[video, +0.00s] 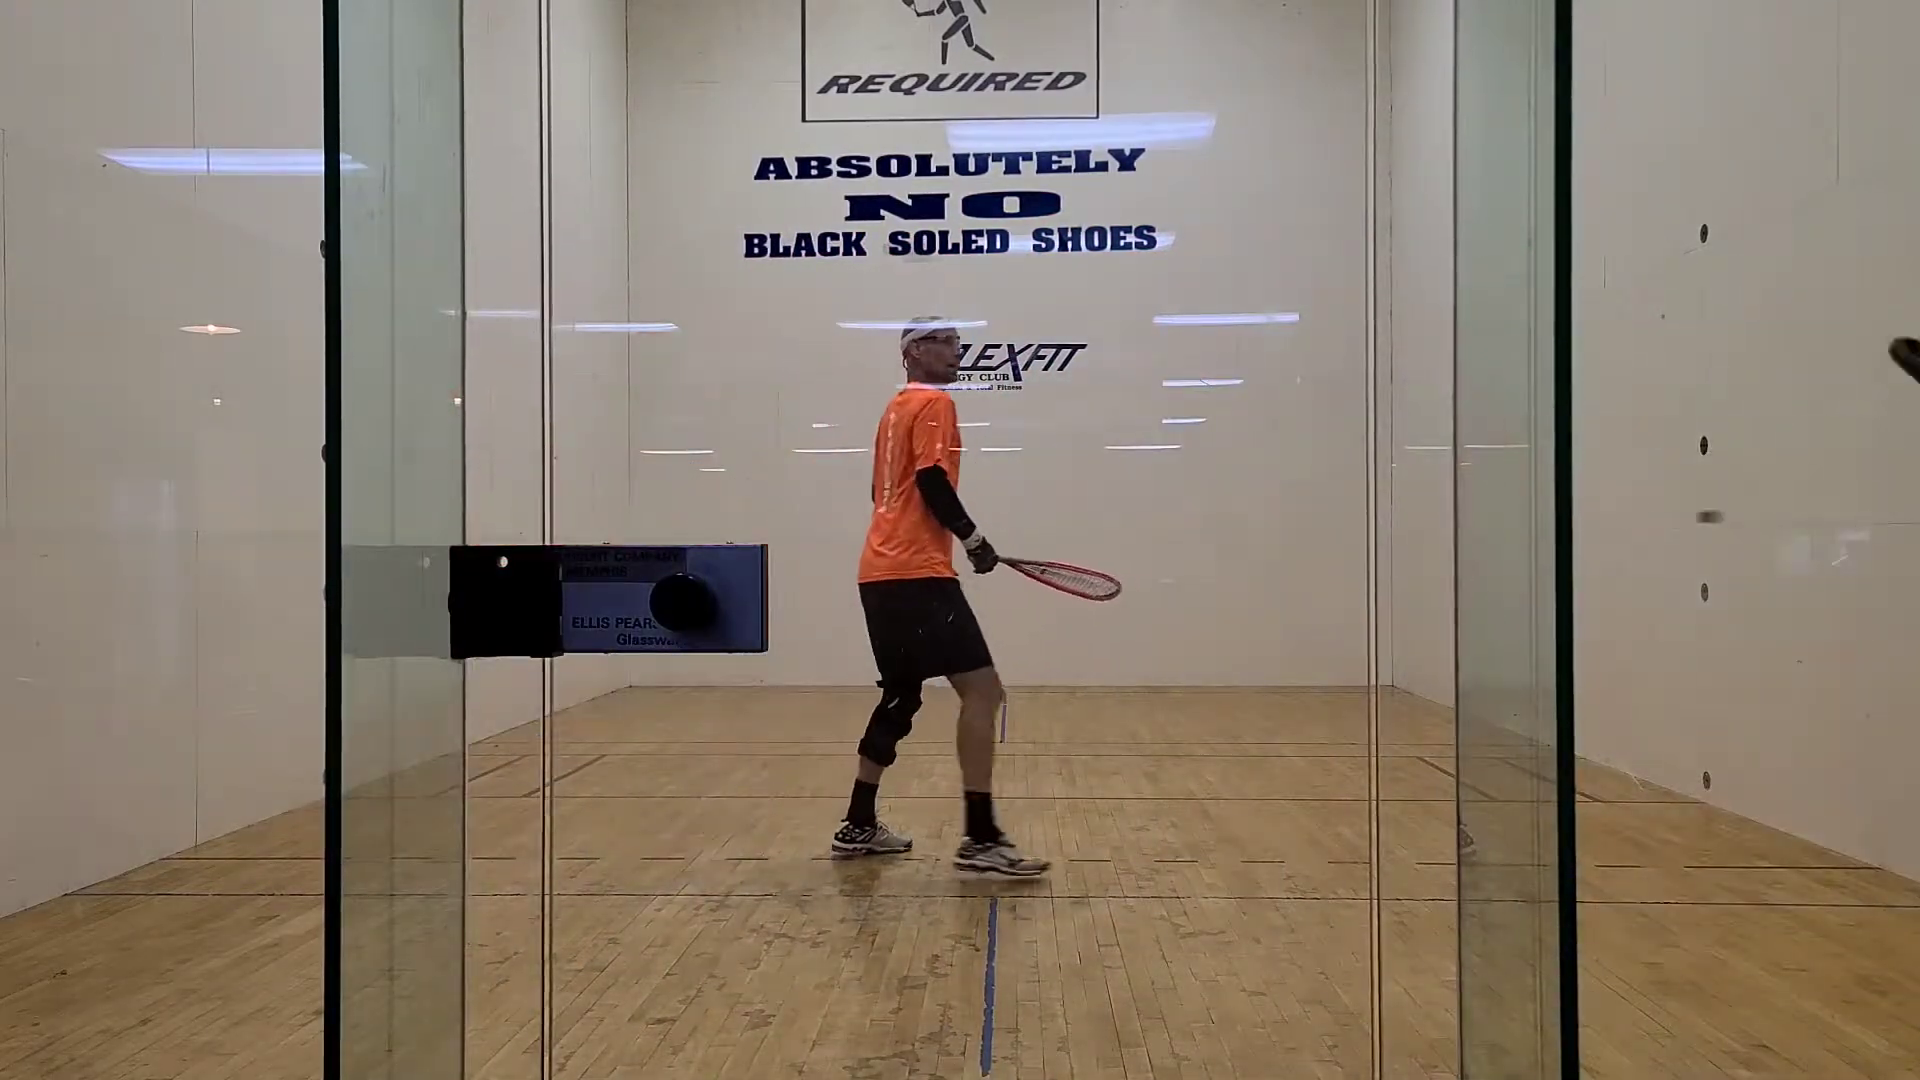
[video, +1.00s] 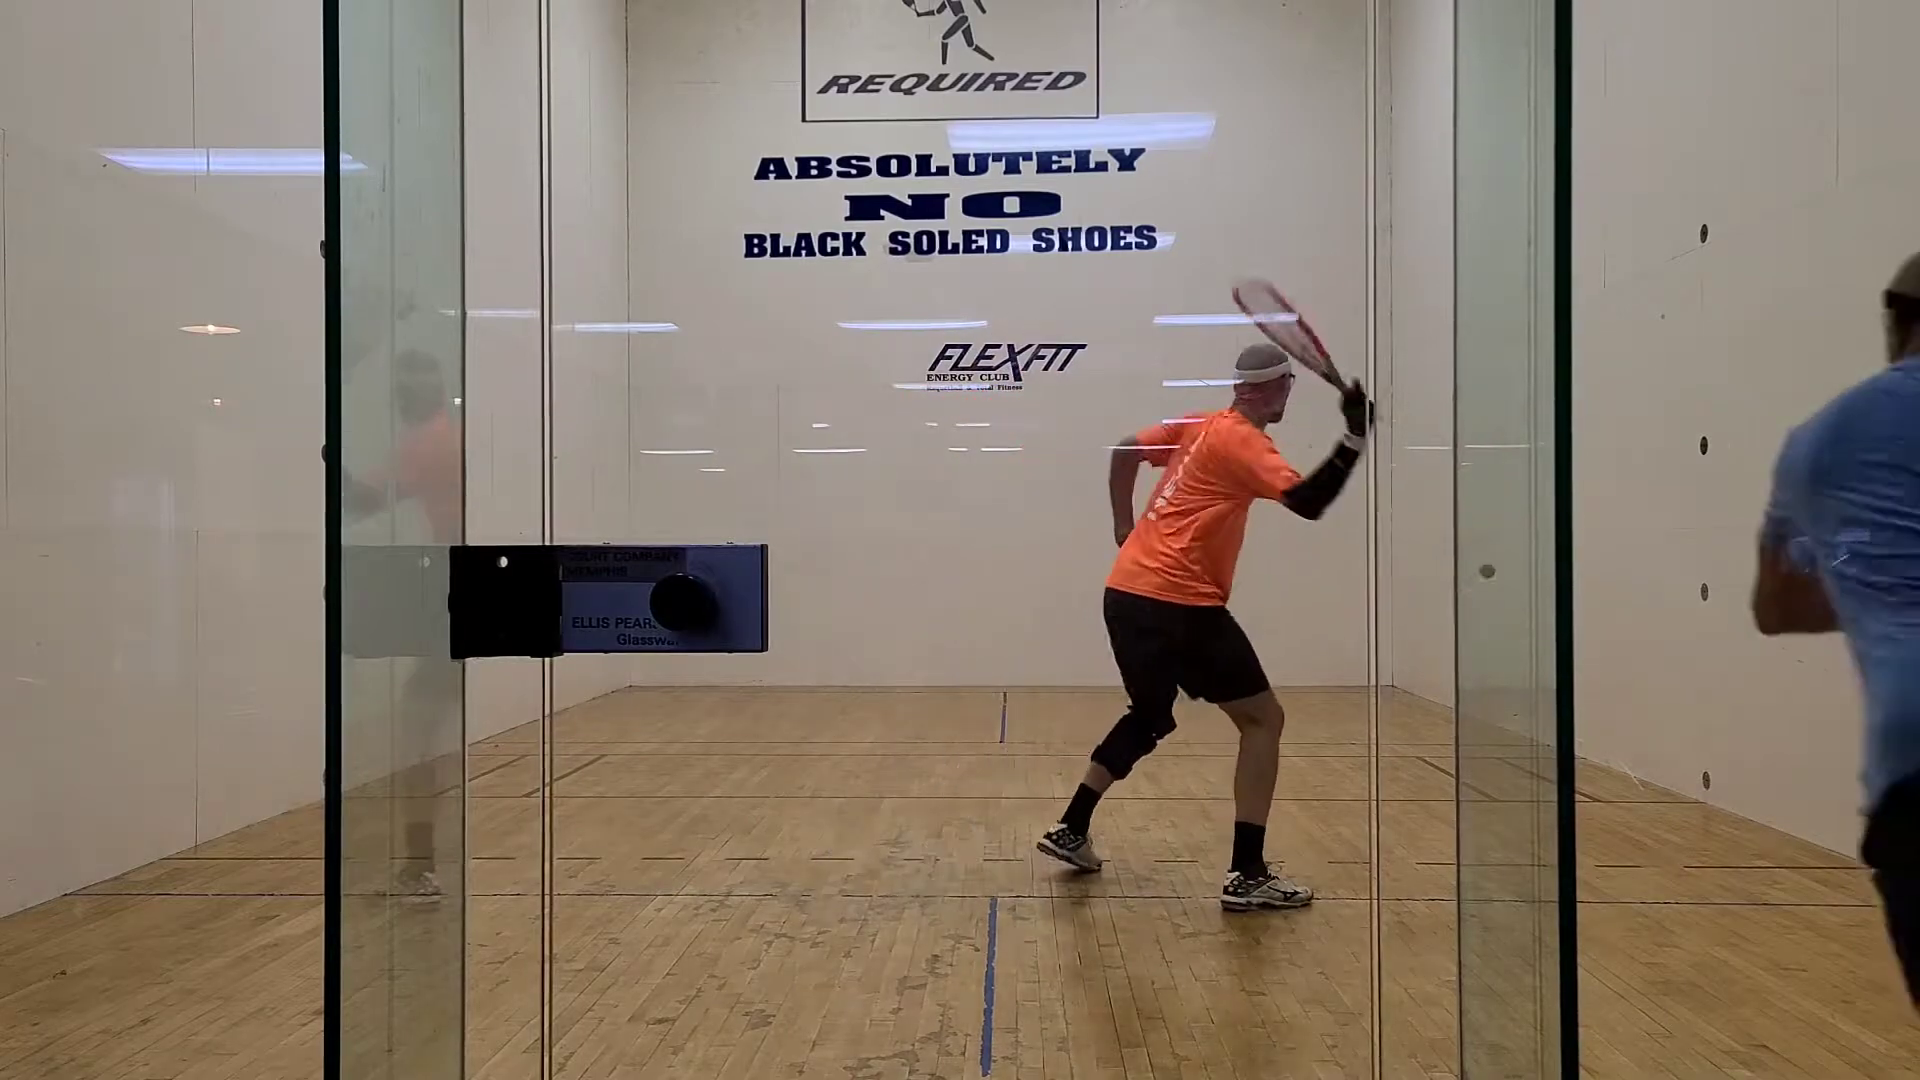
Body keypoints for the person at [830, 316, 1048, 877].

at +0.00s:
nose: (957, 353)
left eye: (957, 344)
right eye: (945, 344)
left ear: (916, 357)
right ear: (914, 353)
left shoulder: (896, 408)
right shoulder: (934, 403)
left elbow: (884, 492)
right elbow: (932, 478)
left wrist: (937, 542)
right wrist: (974, 536)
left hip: (880, 574)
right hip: (918, 572)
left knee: (899, 696)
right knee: (982, 690)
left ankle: (857, 824)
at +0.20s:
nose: (1012, 363)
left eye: (1007, 354)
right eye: (1006, 355)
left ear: (961, 367)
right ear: (994, 361)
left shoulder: (936, 419)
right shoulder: (1016, 411)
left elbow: (925, 500)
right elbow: (1019, 486)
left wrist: (963, 546)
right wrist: (1051, 548)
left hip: (937, 591)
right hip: (994, 587)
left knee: (932, 702)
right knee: (1046, 704)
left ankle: (867, 815)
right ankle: (1051, 849)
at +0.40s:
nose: (1071, 372)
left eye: (1068, 364)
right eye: (1069, 364)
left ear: (1021, 370)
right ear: (1061, 367)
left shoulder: (985, 416)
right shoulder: (1074, 417)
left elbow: (964, 497)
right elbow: (1077, 493)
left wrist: (990, 551)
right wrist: (1099, 560)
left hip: (973, 584)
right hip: (1035, 581)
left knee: (991, 704)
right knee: (1106, 694)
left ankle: (944, 834)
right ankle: (1076, 837)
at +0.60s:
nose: (1144, 410)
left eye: (1141, 401)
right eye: (1144, 401)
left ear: (1095, 402)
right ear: (1138, 402)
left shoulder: (1059, 446)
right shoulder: (1134, 454)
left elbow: (1057, 532)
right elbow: (1116, 525)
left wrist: (1112, 583)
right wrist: (1159, 603)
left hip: (1023, 607)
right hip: (1085, 609)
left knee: (1019, 726)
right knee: (1173, 718)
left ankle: (946, 840)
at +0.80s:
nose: (1251, 414)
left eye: (1250, 405)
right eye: (1247, 406)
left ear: (1203, 406)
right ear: (1232, 411)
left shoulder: (1184, 448)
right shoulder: (1201, 448)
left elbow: (1175, 525)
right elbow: (1173, 492)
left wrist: (1209, 577)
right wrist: (1259, 492)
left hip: (1088, 610)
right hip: (1140, 616)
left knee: (1098, 729)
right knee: (1233, 720)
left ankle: (993, 816)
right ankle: (1246, 874)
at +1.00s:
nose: (1286, 400)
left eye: (1286, 388)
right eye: (1281, 389)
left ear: (1241, 388)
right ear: (1260, 390)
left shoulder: (1202, 426)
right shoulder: (1241, 439)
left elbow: (1125, 452)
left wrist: (1123, 525)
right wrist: (1355, 437)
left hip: (1130, 592)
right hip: (1184, 602)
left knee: (1149, 715)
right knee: (1262, 720)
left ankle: (1071, 828)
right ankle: (1247, 874)